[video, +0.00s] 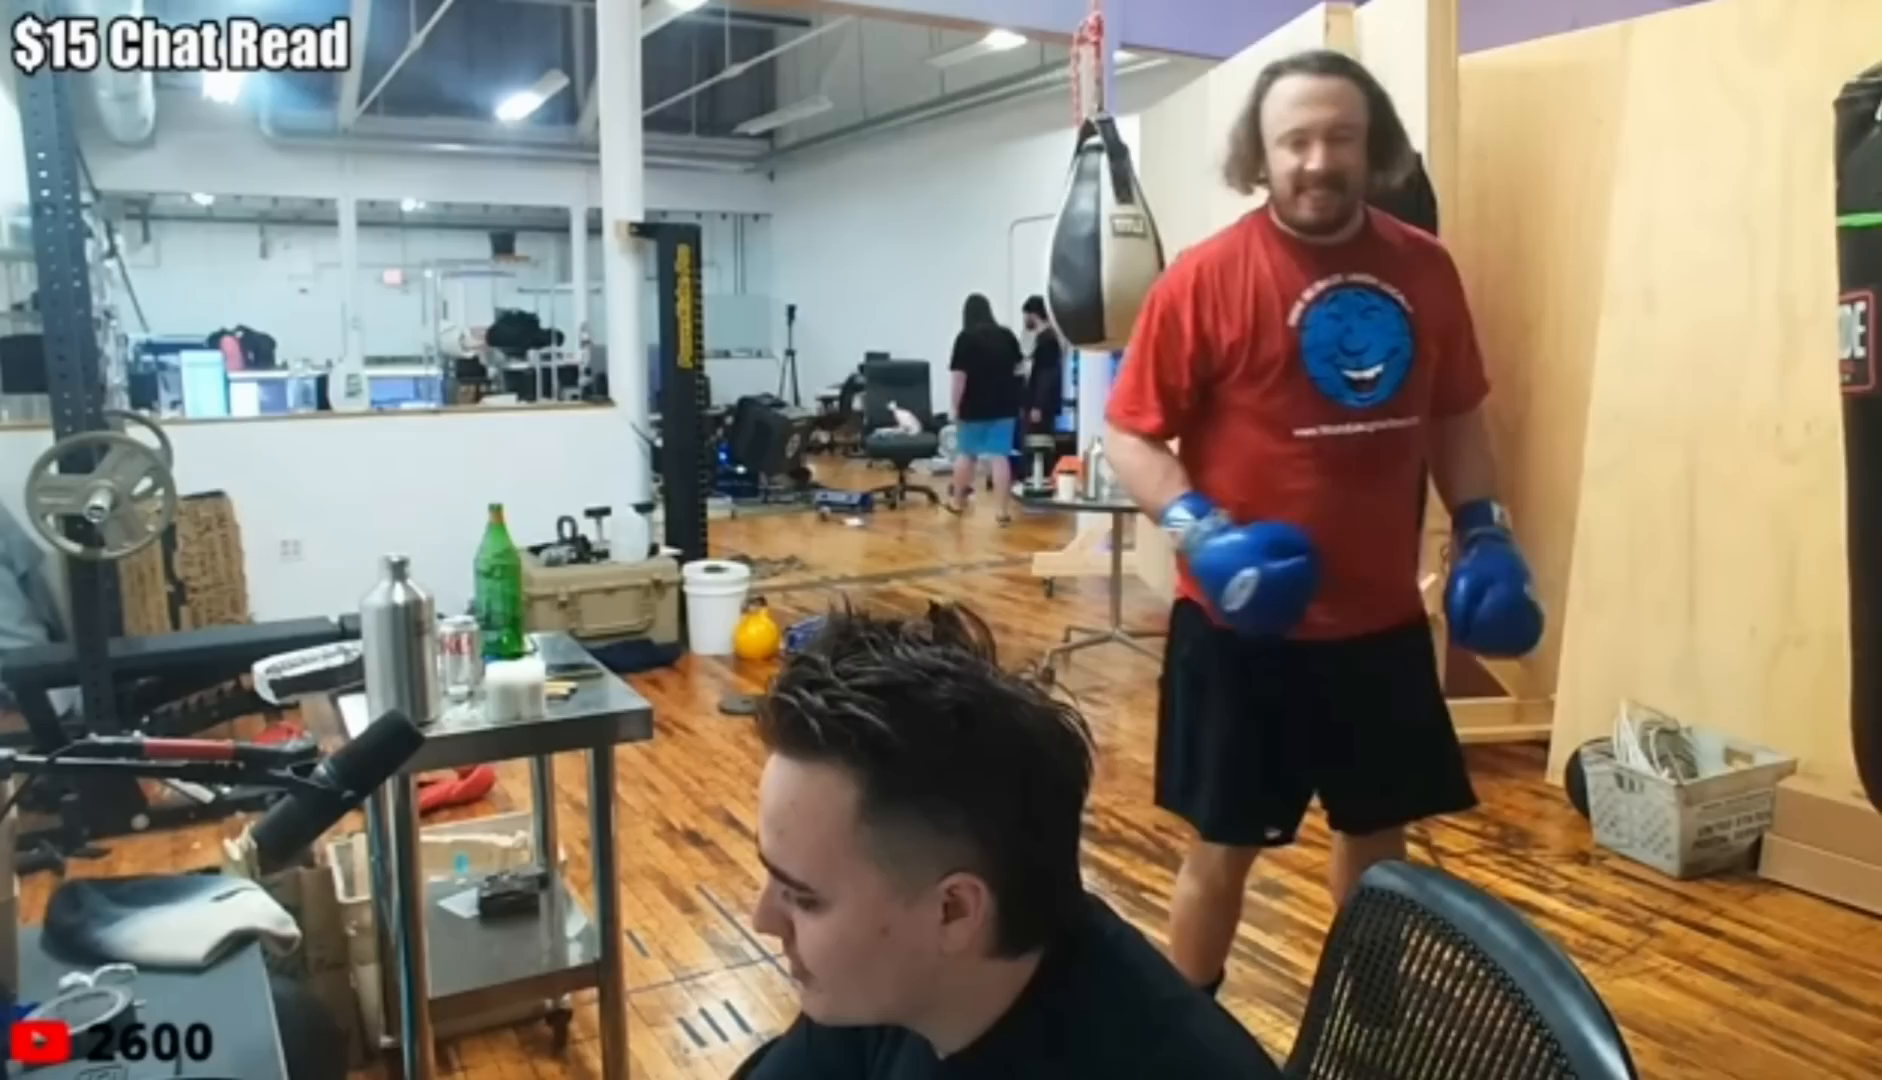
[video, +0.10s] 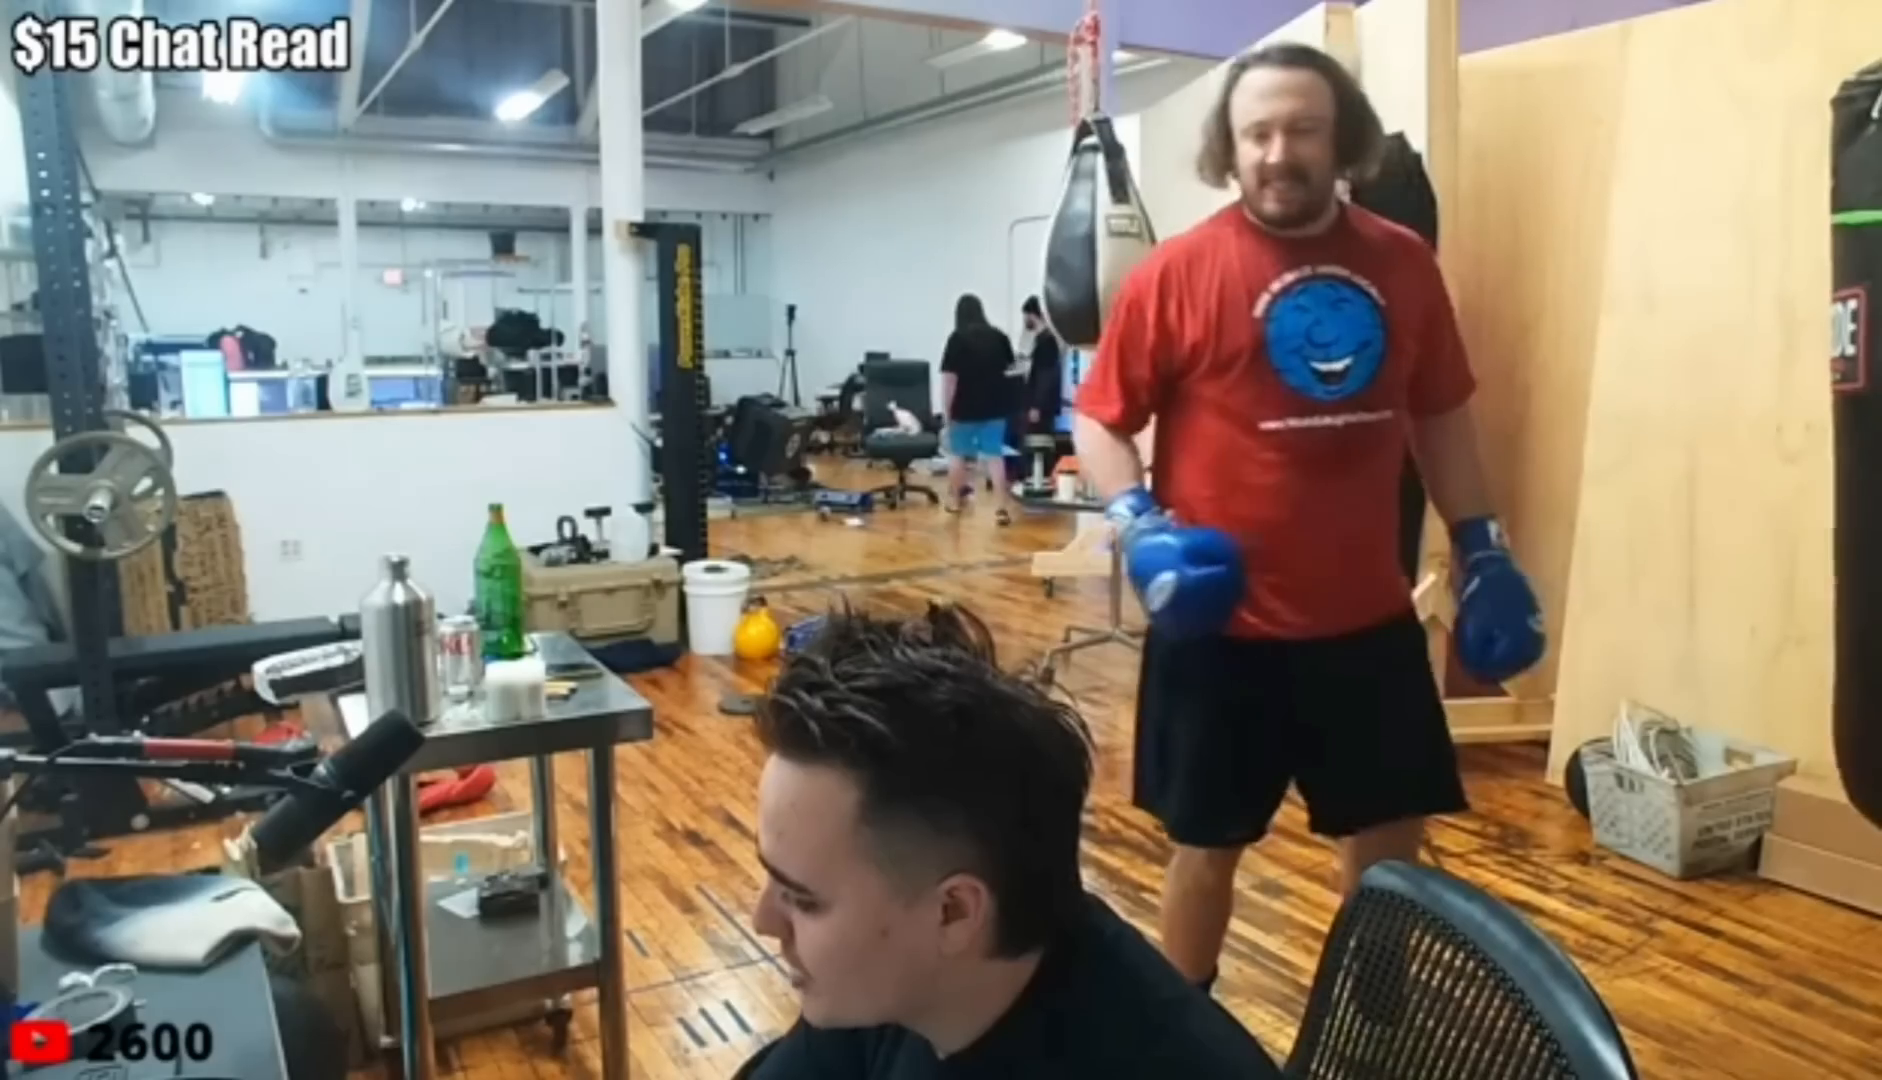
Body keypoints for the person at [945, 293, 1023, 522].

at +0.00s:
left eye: (966, 313)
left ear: (966, 313)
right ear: (989, 311)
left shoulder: (965, 338)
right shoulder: (1006, 335)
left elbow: (959, 376)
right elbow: (1018, 366)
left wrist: (955, 406)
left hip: (973, 407)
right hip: (1004, 406)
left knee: (966, 455)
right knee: (1000, 458)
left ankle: (958, 501)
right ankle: (1003, 510)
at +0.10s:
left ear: (958, 313)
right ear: (981, 311)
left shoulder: (957, 339)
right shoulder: (998, 336)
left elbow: (950, 378)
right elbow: (1010, 367)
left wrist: (946, 409)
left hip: (964, 408)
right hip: (995, 407)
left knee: (958, 458)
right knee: (995, 457)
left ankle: (955, 502)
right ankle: (1002, 508)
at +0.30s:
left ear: (949, 310)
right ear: (972, 309)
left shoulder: (945, 336)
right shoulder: (986, 332)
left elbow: (933, 373)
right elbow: (1002, 359)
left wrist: (929, 406)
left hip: (955, 405)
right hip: (984, 403)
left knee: (955, 456)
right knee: (986, 450)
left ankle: (953, 501)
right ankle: (986, 484)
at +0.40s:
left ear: (947, 309)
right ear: (970, 308)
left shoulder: (940, 336)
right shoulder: (983, 332)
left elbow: (924, 371)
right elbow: (999, 359)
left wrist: (922, 404)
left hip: (951, 404)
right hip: (981, 402)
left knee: (954, 455)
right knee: (983, 450)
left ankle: (953, 500)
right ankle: (981, 494)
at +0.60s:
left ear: (949, 313)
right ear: (972, 313)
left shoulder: (941, 338)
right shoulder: (983, 335)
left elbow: (923, 369)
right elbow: (1001, 357)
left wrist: (923, 400)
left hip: (951, 405)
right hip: (979, 403)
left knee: (954, 455)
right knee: (982, 448)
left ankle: (953, 498)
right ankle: (983, 490)